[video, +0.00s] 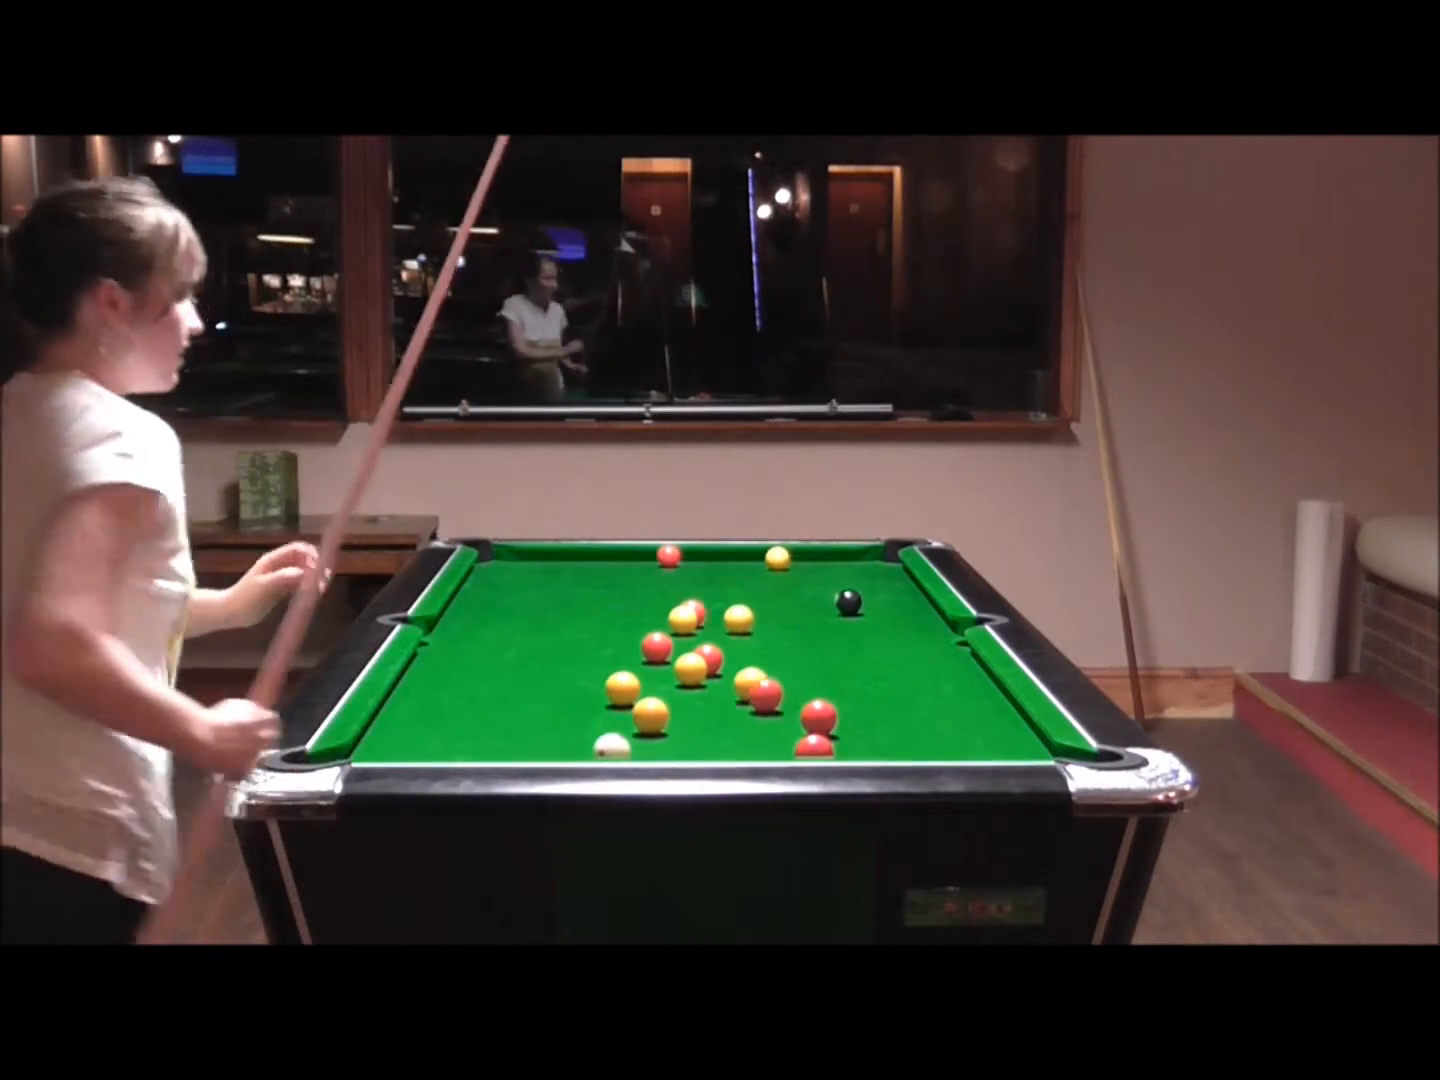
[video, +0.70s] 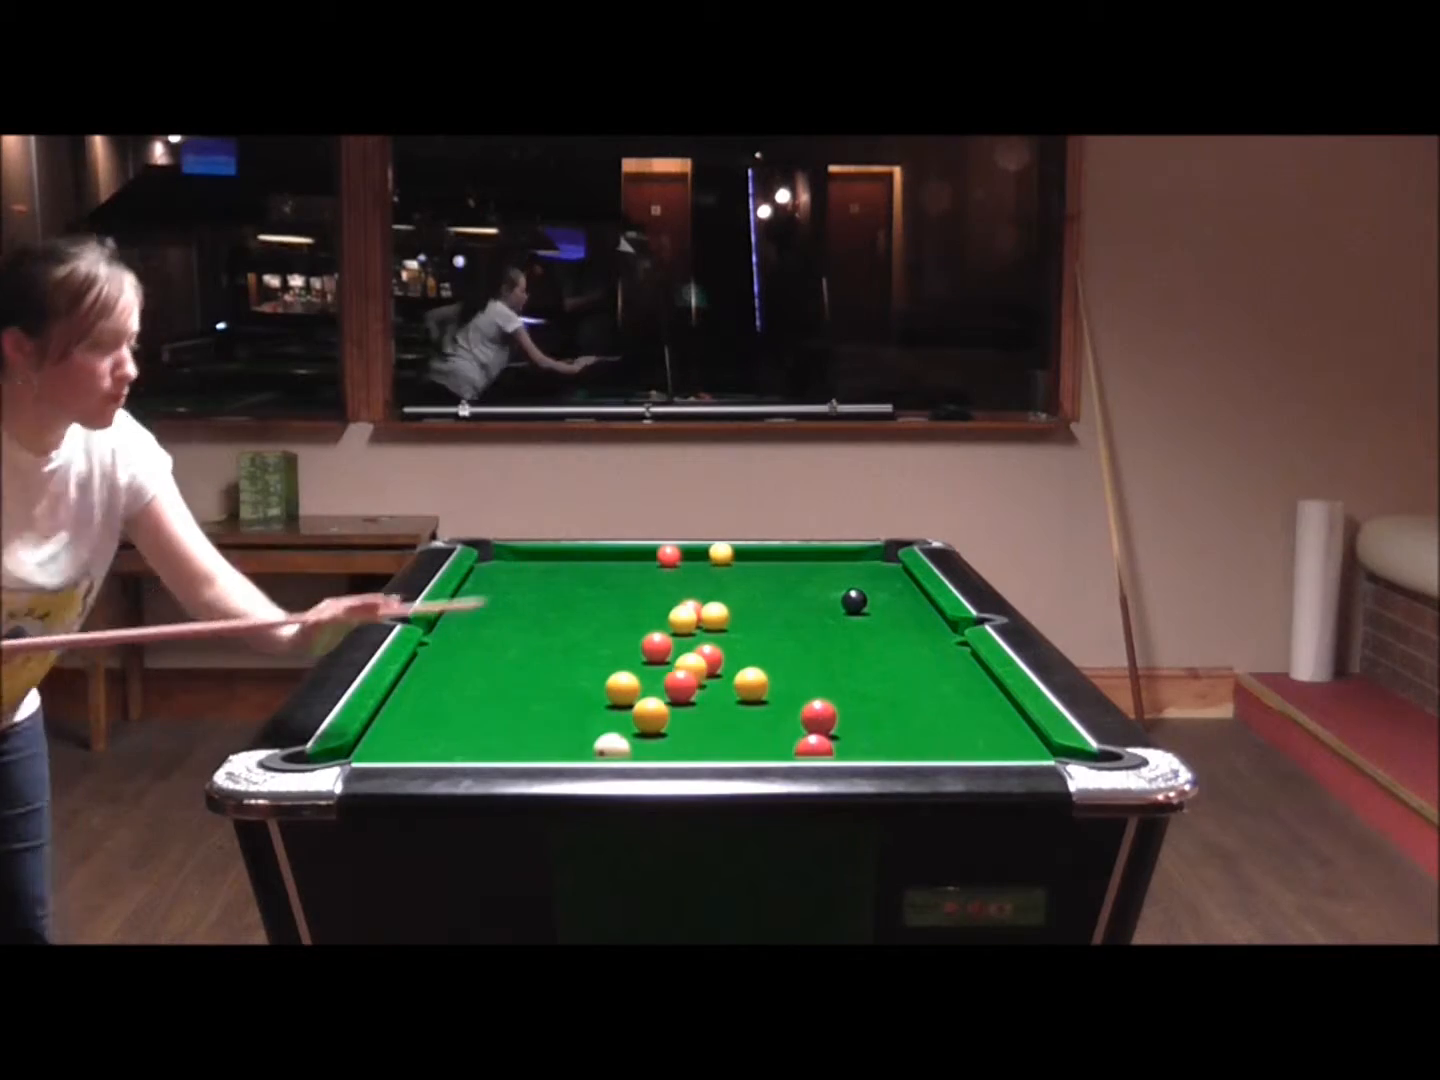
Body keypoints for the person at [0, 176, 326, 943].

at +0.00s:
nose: (195, 322)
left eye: (191, 299)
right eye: (180, 298)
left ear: (104, 307)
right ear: (110, 303)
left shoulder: (21, 408)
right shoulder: (123, 436)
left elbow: (94, 602)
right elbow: (51, 638)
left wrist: (229, 607)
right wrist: (199, 731)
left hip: (13, 831)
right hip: (73, 854)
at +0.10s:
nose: (181, 306)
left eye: (175, 280)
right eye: (161, 281)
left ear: (89, 290)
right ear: (88, 288)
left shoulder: (45, 401)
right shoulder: (65, 422)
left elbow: (107, 589)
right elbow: (9, 630)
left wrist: (260, 578)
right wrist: (129, 717)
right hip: (50, 837)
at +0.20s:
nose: (165, 295)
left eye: (159, 269)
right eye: (143, 270)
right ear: (61, 284)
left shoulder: (87, 404)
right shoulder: (17, 416)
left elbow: (178, 552)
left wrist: (304, 536)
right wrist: (26, 693)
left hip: (52, 809)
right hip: (15, 825)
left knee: (48, 932)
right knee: (41, 934)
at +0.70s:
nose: (128, 369)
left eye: (130, 343)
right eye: (102, 349)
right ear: (21, 353)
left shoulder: (118, 452)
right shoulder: (6, 457)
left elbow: (210, 580)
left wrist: (289, 631)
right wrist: (15, 644)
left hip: (14, 724)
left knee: (27, 925)